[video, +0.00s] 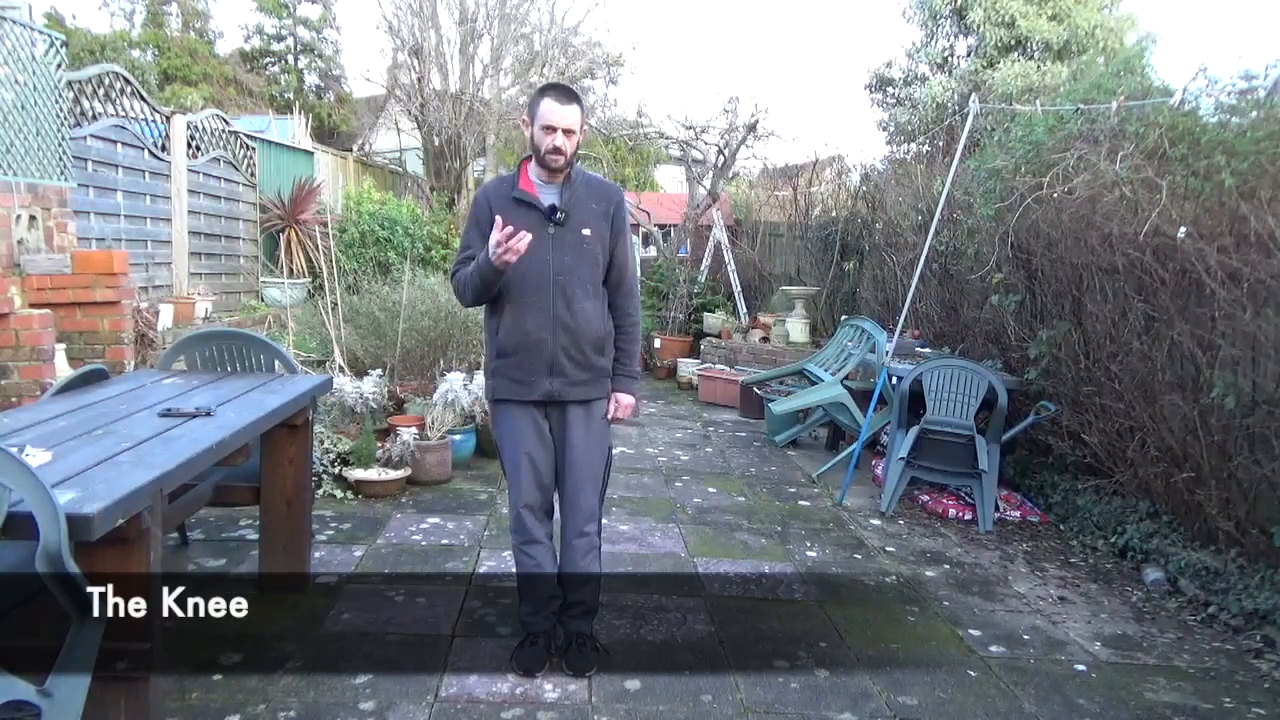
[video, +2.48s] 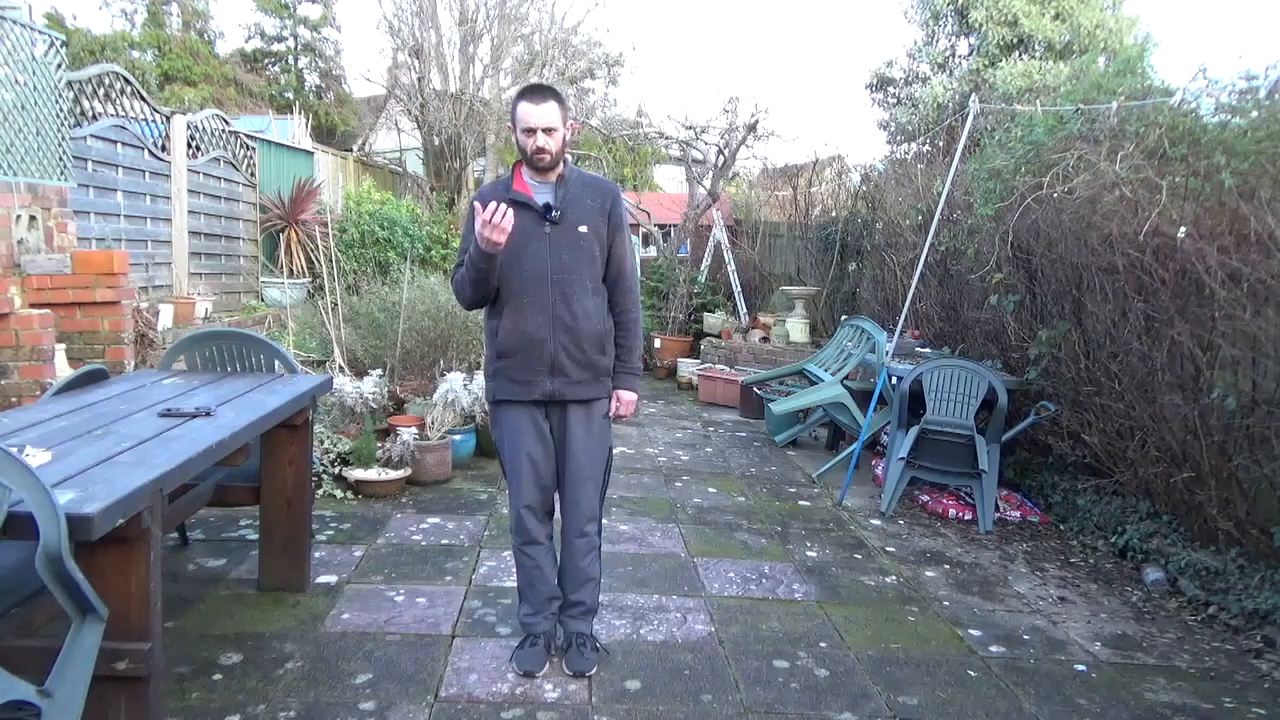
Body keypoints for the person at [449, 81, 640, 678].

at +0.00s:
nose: (558, 141)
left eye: (569, 132)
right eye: (549, 129)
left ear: (582, 135)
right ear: (529, 129)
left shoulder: (607, 198)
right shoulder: (493, 197)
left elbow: (625, 295)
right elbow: (466, 290)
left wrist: (626, 378)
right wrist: (495, 263)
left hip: (589, 378)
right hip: (516, 379)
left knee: (583, 508)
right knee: (528, 506)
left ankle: (579, 631)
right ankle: (535, 632)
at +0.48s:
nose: (555, 137)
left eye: (565, 128)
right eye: (546, 127)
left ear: (579, 133)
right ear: (526, 129)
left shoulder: (607, 197)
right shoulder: (494, 198)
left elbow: (626, 294)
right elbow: (466, 292)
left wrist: (628, 378)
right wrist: (491, 264)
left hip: (591, 378)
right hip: (517, 379)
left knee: (583, 508)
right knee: (529, 506)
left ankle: (580, 630)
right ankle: (536, 631)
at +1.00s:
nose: (555, 138)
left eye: (565, 128)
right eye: (545, 127)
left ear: (579, 132)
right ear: (526, 130)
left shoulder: (607, 198)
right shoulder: (493, 199)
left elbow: (626, 294)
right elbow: (467, 292)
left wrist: (628, 377)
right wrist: (493, 266)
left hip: (591, 378)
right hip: (517, 379)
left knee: (584, 508)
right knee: (529, 507)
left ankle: (580, 627)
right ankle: (536, 629)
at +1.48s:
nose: (553, 138)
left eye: (563, 129)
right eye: (543, 127)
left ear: (578, 132)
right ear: (525, 130)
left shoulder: (607, 198)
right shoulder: (493, 200)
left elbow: (626, 295)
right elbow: (467, 293)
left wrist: (628, 377)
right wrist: (494, 260)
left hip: (591, 380)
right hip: (517, 381)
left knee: (584, 513)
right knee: (528, 512)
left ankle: (580, 627)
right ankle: (536, 628)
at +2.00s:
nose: (543, 138)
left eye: (553, 128)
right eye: (533, 128)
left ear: (571, 130)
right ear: (519, 132)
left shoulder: (605, 197)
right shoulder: (492, 197)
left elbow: (625, 293)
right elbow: (467, 291)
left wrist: (628, 376)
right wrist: (496, 228)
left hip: (590, 378)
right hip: (516, 379)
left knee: (583, 514)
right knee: (529, 514)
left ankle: (579, 627)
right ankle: (535, 629)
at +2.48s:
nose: (538, 141)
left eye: (548, 130)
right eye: (528, 132)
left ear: (567, 130)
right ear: (514, 135)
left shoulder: (602, 195)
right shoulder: (490, 198)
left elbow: (625, 292)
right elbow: (467, 295)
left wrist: (627, 376)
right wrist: (485, 250)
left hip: (589, 378)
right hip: (516, 380)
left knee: (583, 513)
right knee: (528, 513)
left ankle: (580, 627)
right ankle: (536, 628)